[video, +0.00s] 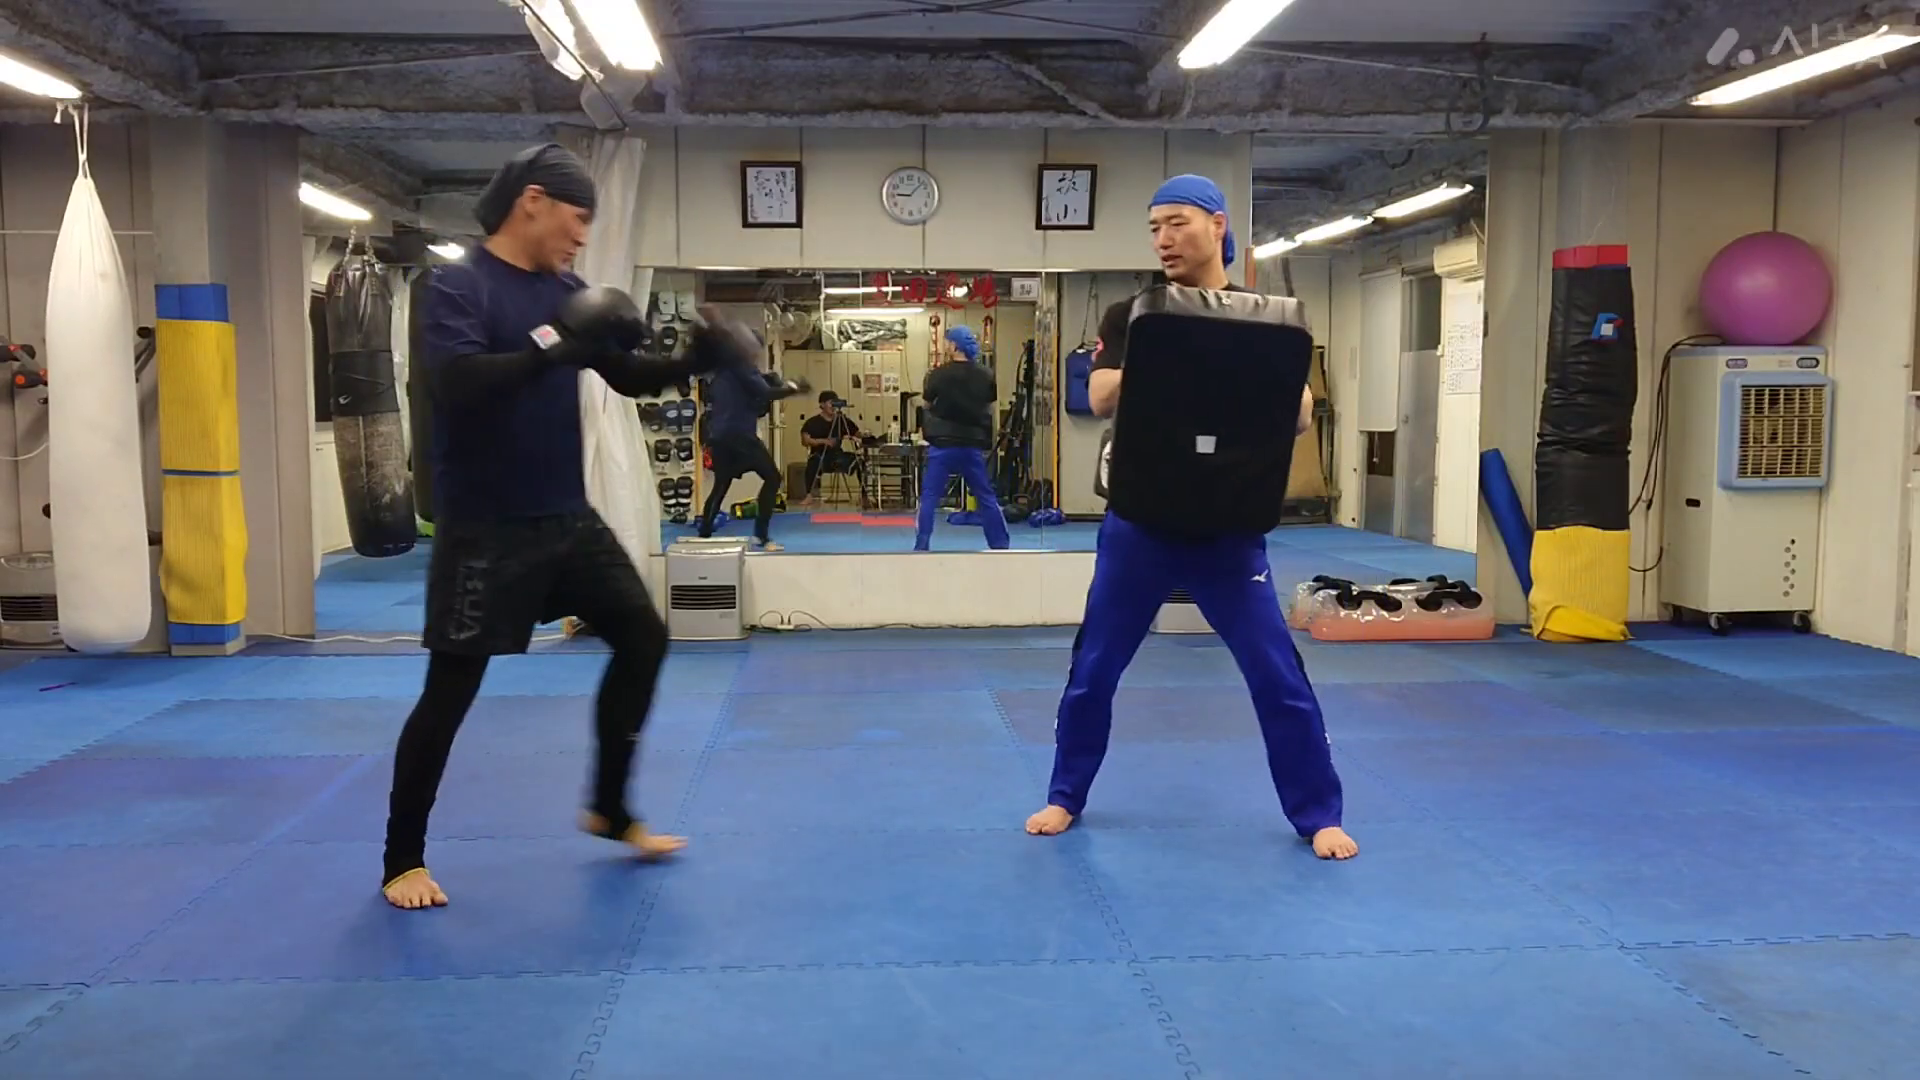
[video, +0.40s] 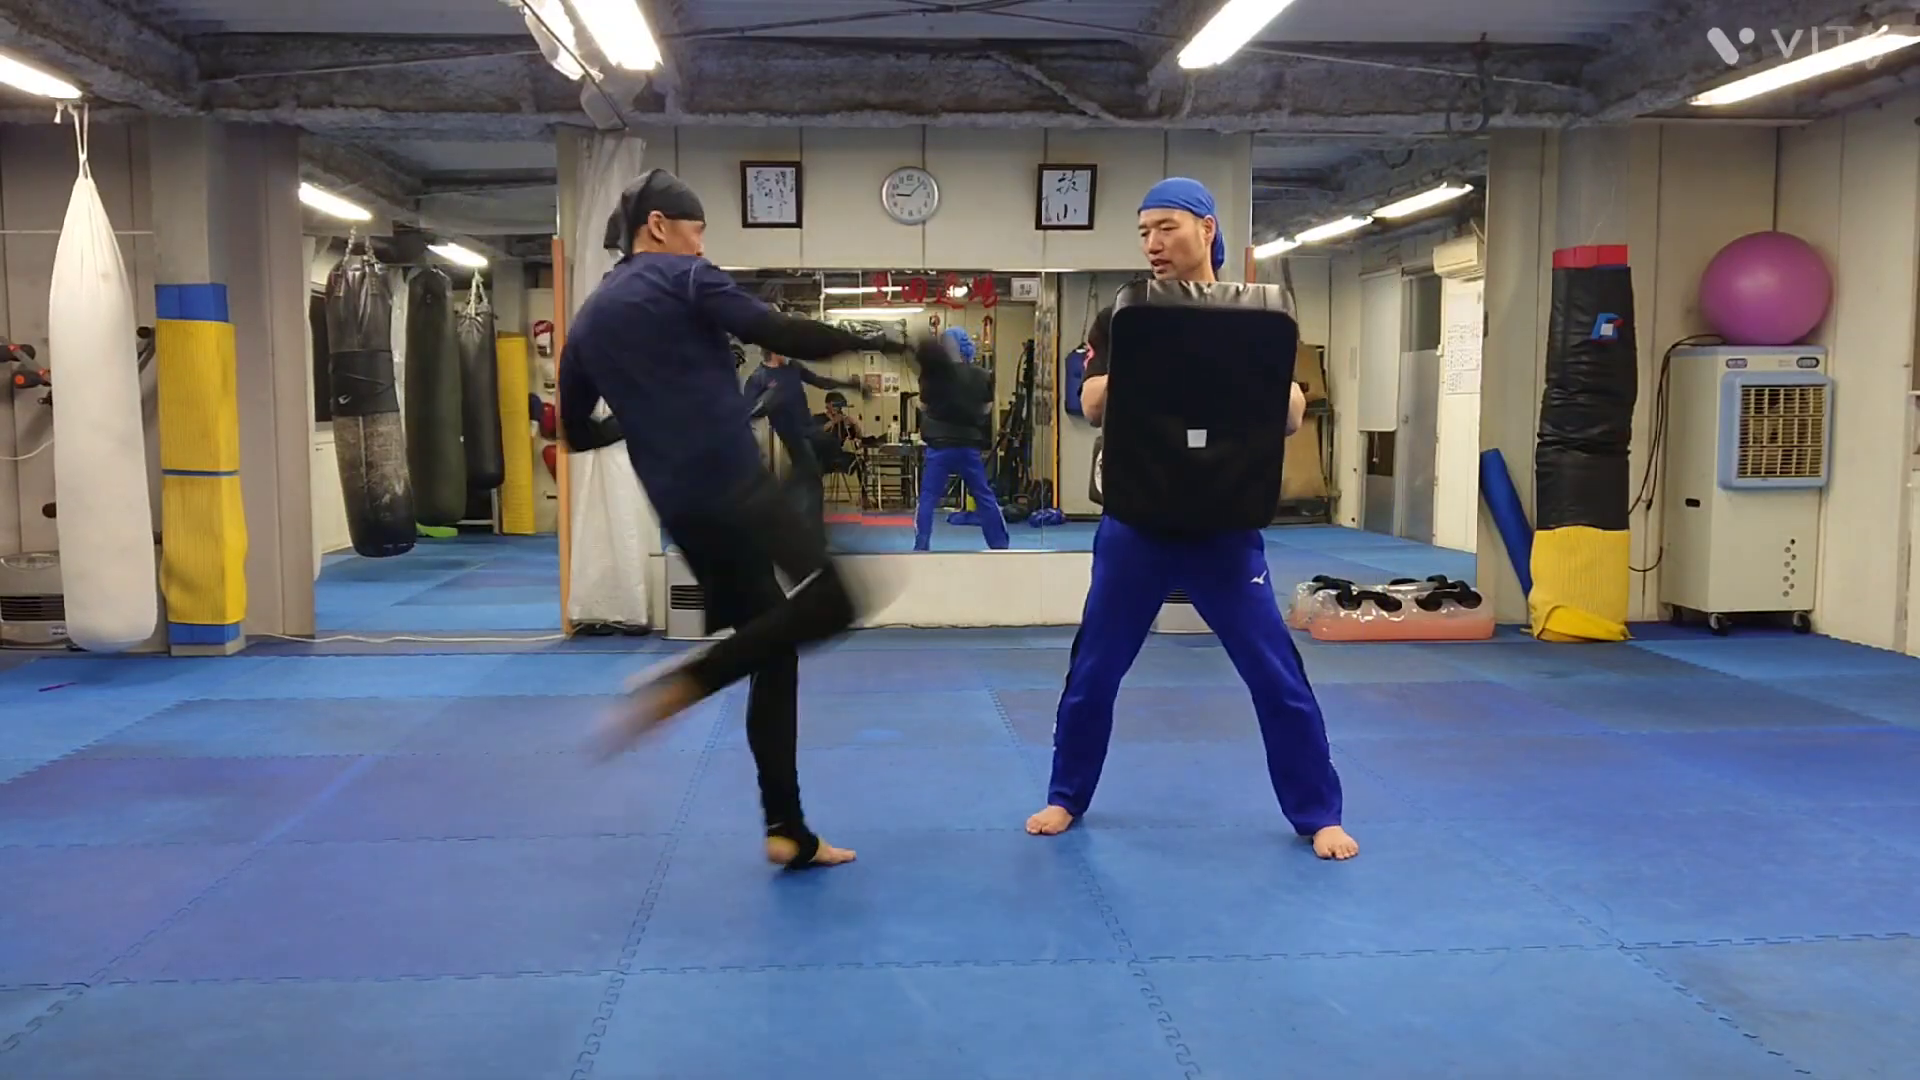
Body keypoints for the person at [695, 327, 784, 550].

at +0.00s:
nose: (758, 354)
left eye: (758, 349)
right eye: (756, 349)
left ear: (732, 348)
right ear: (748, 348)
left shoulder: (720, 373)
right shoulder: (744, 369)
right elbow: (764, 392)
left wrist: (766, 384)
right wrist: (789, 389)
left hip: (719, 437)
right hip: (742, 437)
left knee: (720, 485)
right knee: (773, 478)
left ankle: (703, 535)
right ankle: (761, 537)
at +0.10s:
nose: (767, 357)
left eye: (769, 352)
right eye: (766, 351)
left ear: (751, 349)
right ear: (755, 349)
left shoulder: (734, 369)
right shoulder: (752, 370)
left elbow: (751, 394)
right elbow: (766, 401)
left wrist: (773, 382)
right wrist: (793, 411)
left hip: (732, 438)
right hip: (753, 438)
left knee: (725, 488)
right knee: (782, 482)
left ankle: (704, 536)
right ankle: (792, 539)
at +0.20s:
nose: (781, 357)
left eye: (781, 353)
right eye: (778, 352)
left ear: (766, 352)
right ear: (766, 351)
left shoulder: (761, 372)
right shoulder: (761, 374)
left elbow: (781, 394)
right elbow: (759, 406)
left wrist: (794, 376)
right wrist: (772, 432)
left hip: (750, 443)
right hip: (761, 443)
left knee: (734, 490)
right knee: (795, 480)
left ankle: (702, 535)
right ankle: (817, 541)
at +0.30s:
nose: (792, 351)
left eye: (791, 347)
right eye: (787, 347)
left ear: (780, 351)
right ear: (774, 350)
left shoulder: (789, 371)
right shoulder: (763, 377)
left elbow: (817, 379)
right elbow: (744, 408)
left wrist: (813, 360)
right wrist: (742, 430)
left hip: (787, 439)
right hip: (779, 440)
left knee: (771, 487)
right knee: (813, 484)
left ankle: (727, 520)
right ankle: (818, 543)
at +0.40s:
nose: (784, 356)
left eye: (784, 352)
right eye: (780, 353)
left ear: (783, 353)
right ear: (771, 354)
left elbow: (820, 382)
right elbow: (749, 411)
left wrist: (851, 384)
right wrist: (769, 397)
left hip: (808, 428)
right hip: (789, 433)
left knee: (805, 473)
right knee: (813, 476)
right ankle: (816, 538)